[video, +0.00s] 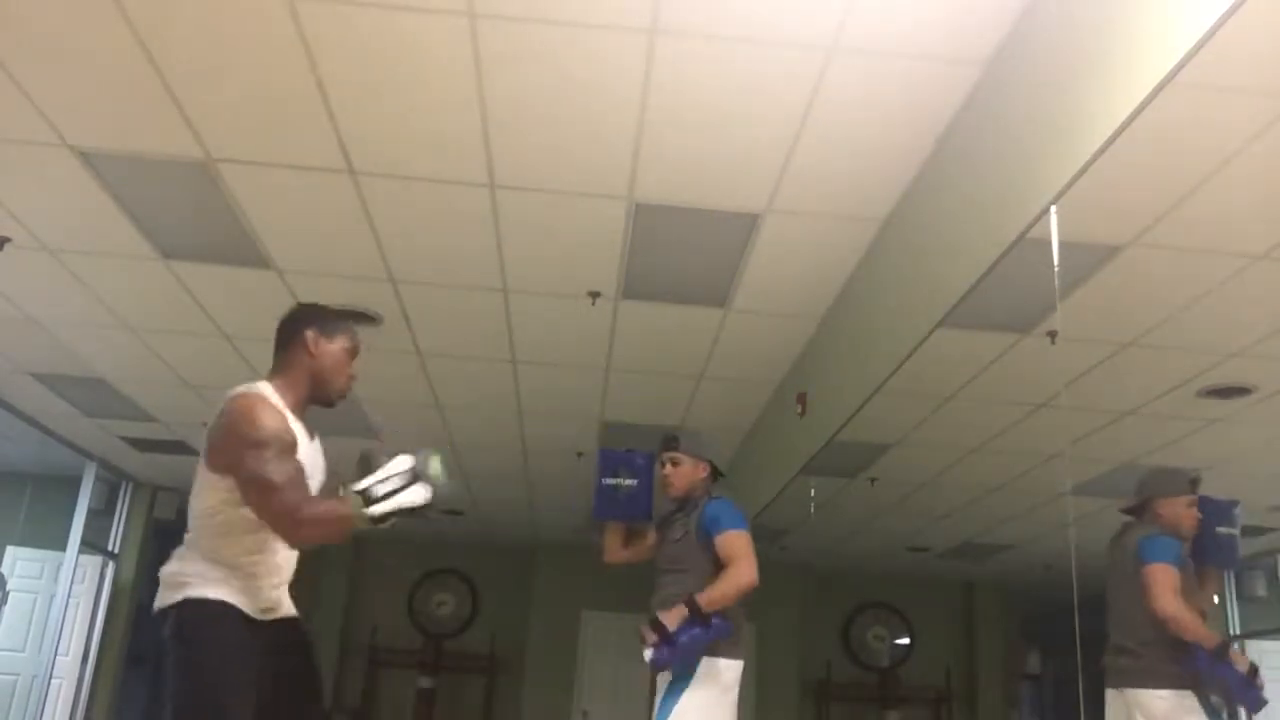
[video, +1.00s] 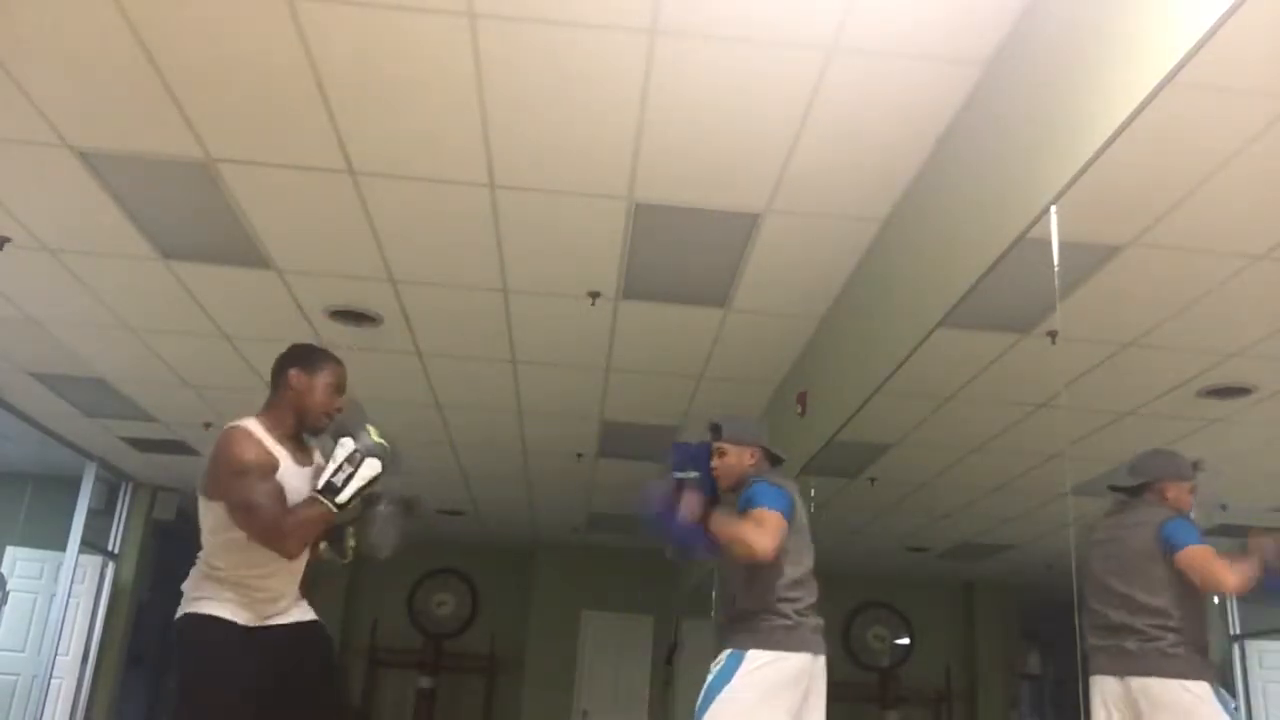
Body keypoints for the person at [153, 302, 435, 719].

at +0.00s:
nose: (353, 373)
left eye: (355, 359)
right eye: (349, 354)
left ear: (314, 347)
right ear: (312, 343)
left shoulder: (307, 442)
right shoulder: (253, 412)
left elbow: (302, 521)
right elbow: (296, 521)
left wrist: (366, 499)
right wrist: (366, 503)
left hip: (272, 611)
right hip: (212, 602)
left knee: (300, 709)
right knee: (219, 710)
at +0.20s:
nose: (359, 366)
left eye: (361, 352)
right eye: (355, 348)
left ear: (320, 340)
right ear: (318, 336)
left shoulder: (315, 424)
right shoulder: (259, 383)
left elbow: (287, 522)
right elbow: (253, 487)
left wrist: (351, 503)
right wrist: (328, 468)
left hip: (274, 592)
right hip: (215, 583)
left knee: (285, 711)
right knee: (193, 710)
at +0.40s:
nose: (380, 404)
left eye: (382, 392)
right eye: (376, 386)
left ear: (340, 377)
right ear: (339, 373)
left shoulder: (320, 462)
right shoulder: (276, 411)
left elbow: (288, 563)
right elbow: (307, 497)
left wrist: (363, 546)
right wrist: (371, 469)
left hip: (271, 605)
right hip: (219, 587)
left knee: (294, 709)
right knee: (211, 708)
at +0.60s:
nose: (386, 400)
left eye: (387, 388)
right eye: (381, 383)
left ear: (345, 376)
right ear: (343, 373)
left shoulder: (344, 463)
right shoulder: (281, 414)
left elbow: (321, 555)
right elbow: (276, 502)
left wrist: (389, 532)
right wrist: (357, 496)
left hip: (292, 609)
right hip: (234, 595)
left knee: (300, 708)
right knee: (226, 708)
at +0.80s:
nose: (360, 396)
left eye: (362, 385)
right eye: (356, 380)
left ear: (318, 372)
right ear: (317, 368)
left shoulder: (327, 452)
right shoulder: (258, 423)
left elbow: (306, 546)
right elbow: (276, 520)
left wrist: (366, 536)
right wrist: (336, 486)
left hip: (299, 621)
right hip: (232, 617)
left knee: (305, 710)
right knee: (222, 711)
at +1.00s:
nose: (338, 406)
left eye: (340, 395)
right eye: (333, 390)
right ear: (294, 380)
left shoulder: (311, 457)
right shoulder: (240, 444)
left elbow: (304, 535)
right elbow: (287, 538)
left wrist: (341, 534)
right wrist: (338, 488)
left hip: (287, 615)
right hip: (221, 613)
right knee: (216, 707)